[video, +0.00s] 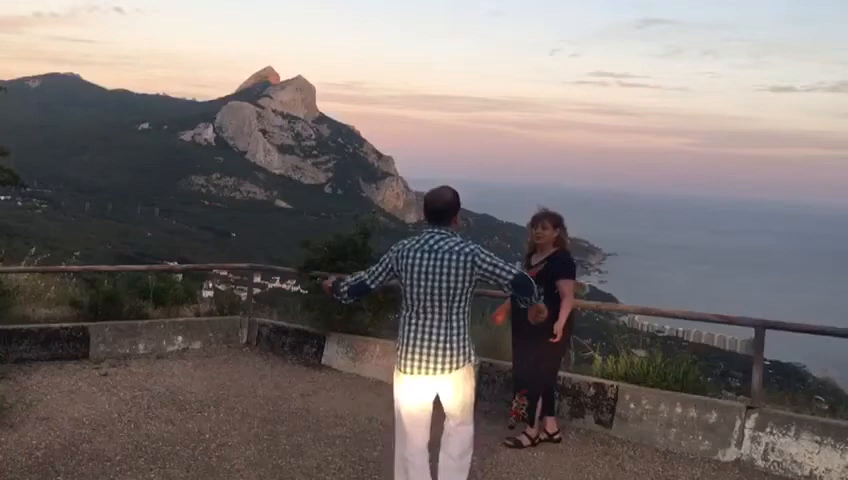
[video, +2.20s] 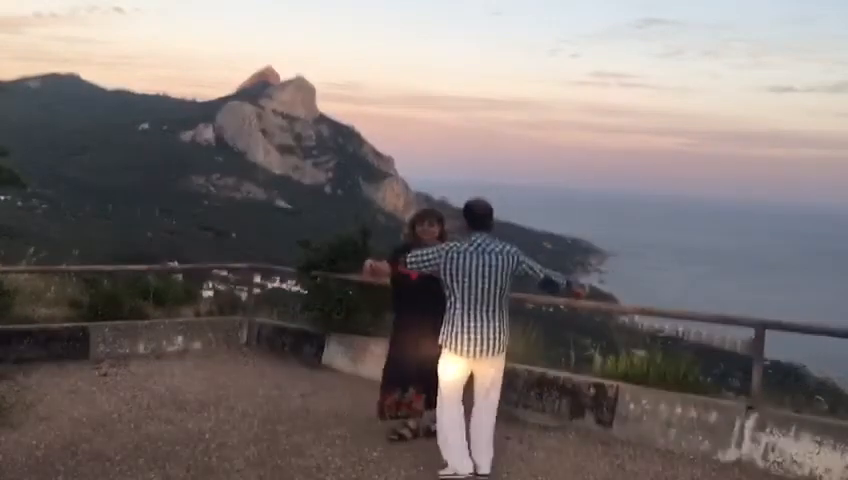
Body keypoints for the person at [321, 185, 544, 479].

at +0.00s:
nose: (460, 217)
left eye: (458, 212)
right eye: (459, 212)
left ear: (425, 215)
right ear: (456, 216)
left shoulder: (404, 248)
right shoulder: (469, 251)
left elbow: (364, 282)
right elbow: (520, 279)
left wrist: (337, 288)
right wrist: (534, 304)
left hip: (411, 360)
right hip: (455, 360)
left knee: (412, 438)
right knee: (459, 432)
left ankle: (414, 477)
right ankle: (451, 476)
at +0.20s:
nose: (467, 218)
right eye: (467, 213)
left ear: (432, 215)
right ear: (464, 216)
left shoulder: (411, 247)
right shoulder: (475, 251)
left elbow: (371, 271)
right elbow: (520, 285)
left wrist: (362, 258)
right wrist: (556, 307)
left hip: (418, 356)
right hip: (461, 358)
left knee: (416, 436)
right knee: (461, 436)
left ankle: (414, 476)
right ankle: (461, 476)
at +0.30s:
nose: (473, 218)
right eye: (472, 214)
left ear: (438, 215)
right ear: (470, 217)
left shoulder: (418, 249)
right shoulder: (482, 253)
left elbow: (378, 270)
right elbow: (523, 285)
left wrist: (380, 257)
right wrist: (560, 305)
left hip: (425, 357)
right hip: (467, 359)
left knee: (419, 439)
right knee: (463, 440)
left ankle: (416, 476)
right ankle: (462, 475)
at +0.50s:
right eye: (484, 215)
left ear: (450, 216)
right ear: (482, 218)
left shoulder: (430, 249)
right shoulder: (495, 252)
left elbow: (390, 273)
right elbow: (537, 286)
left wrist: (420, 271)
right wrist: (569, 303)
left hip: (439, 355)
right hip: (482, 356)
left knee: (429, 435)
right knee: (471, 436)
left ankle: (423, 475)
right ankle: (464, 475)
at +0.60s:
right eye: (492, 216)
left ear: (455, 216)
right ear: (487, 218)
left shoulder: (436, 249)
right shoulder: (501, 252)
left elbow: (396, 272)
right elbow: (542, 287)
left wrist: (428, 274)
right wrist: (575, 302)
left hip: (445, 352)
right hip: (487, 353)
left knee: (433, 434)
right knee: (475, 435)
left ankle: (428, 475)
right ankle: (466, 475)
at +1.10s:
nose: (496, 228)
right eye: (497, 222)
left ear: (465, 219)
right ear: (497, 220)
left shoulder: (447, 251)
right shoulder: (514, 252)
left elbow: (405, 264)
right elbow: (556, 279)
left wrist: (441, 275)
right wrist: (594, 290)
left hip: (457, 351)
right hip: (498, 354)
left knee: (451, 423)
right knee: (483, 428)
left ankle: (448, 474)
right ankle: (471, 474)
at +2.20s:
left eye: (469, 219)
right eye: (485, 217)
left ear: (465, 222)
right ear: (492, 221)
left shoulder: (449, 251)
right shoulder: (508, 252)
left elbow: (407, 260)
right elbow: (544, 277)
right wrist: (570, 287)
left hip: (457, 341)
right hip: (493, 343)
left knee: (449, 404)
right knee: (486, 406)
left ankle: (458, 466)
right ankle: (483, 465)